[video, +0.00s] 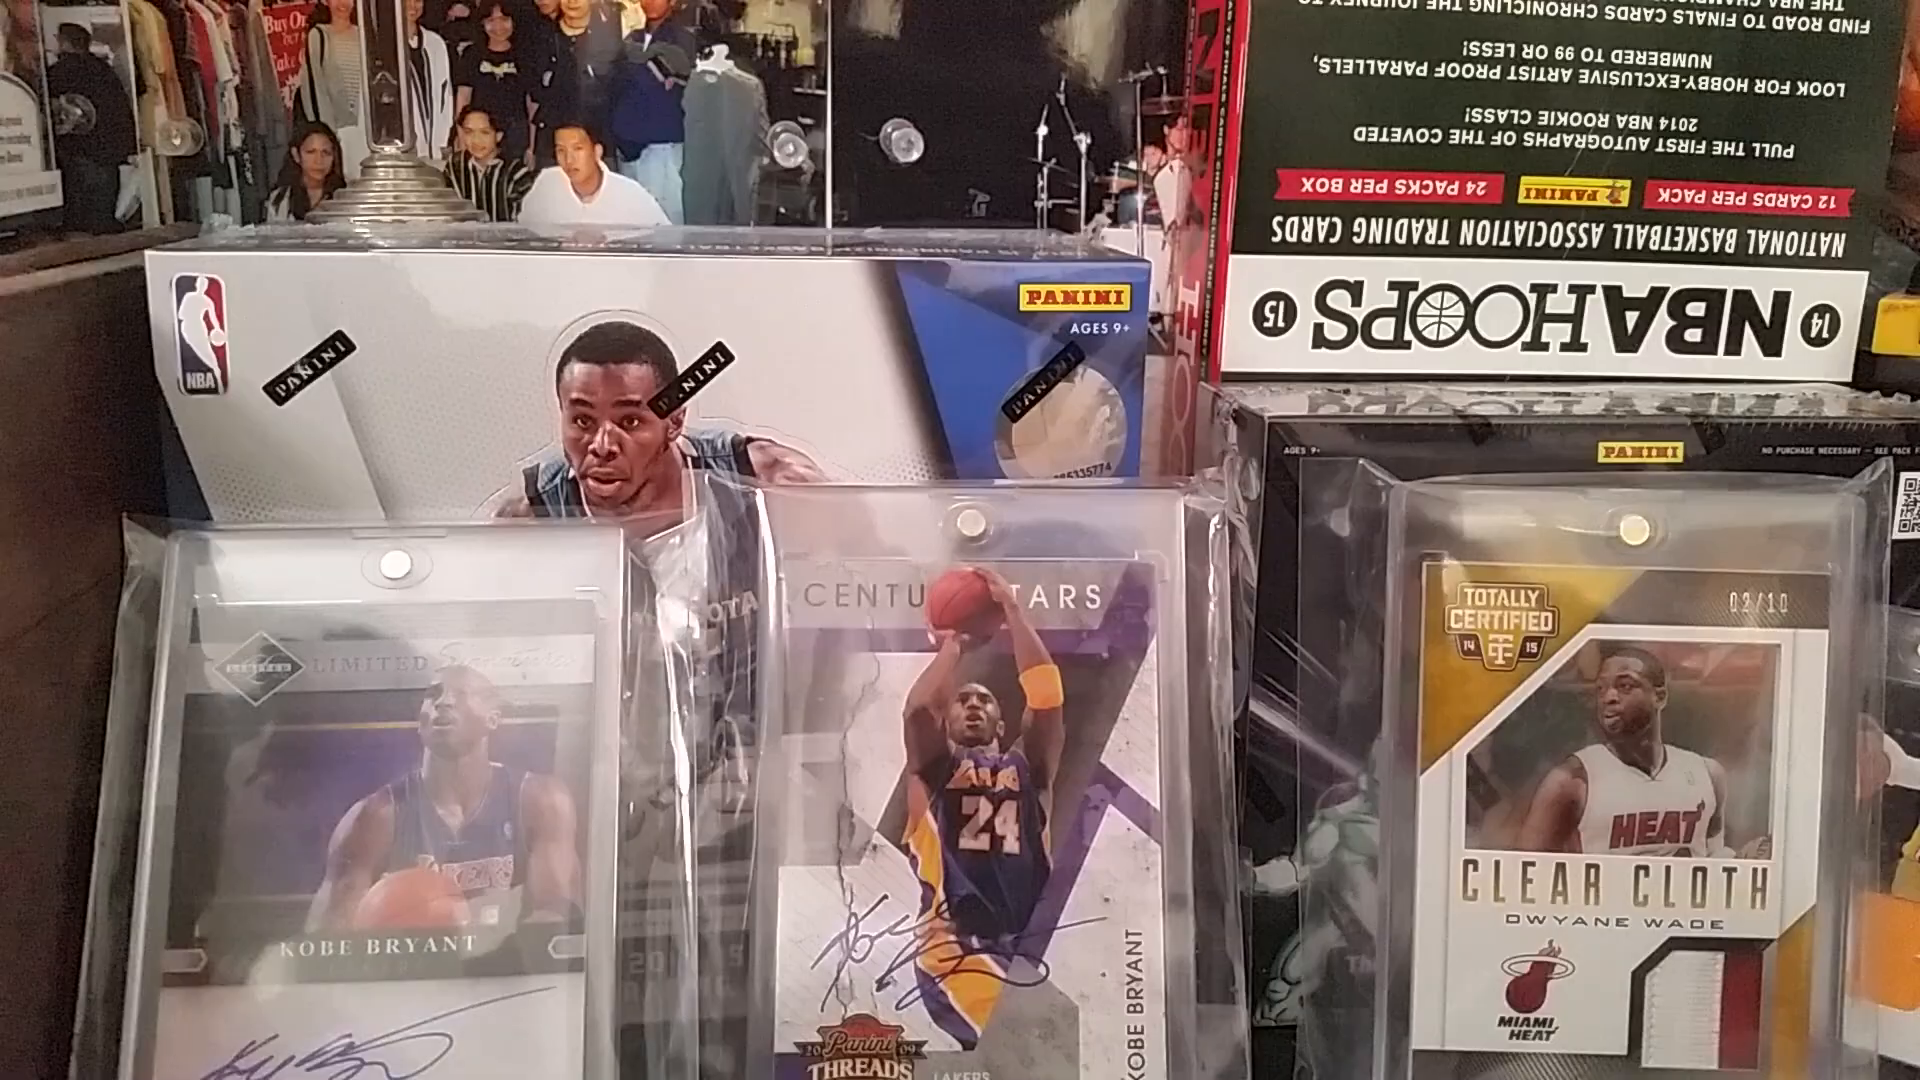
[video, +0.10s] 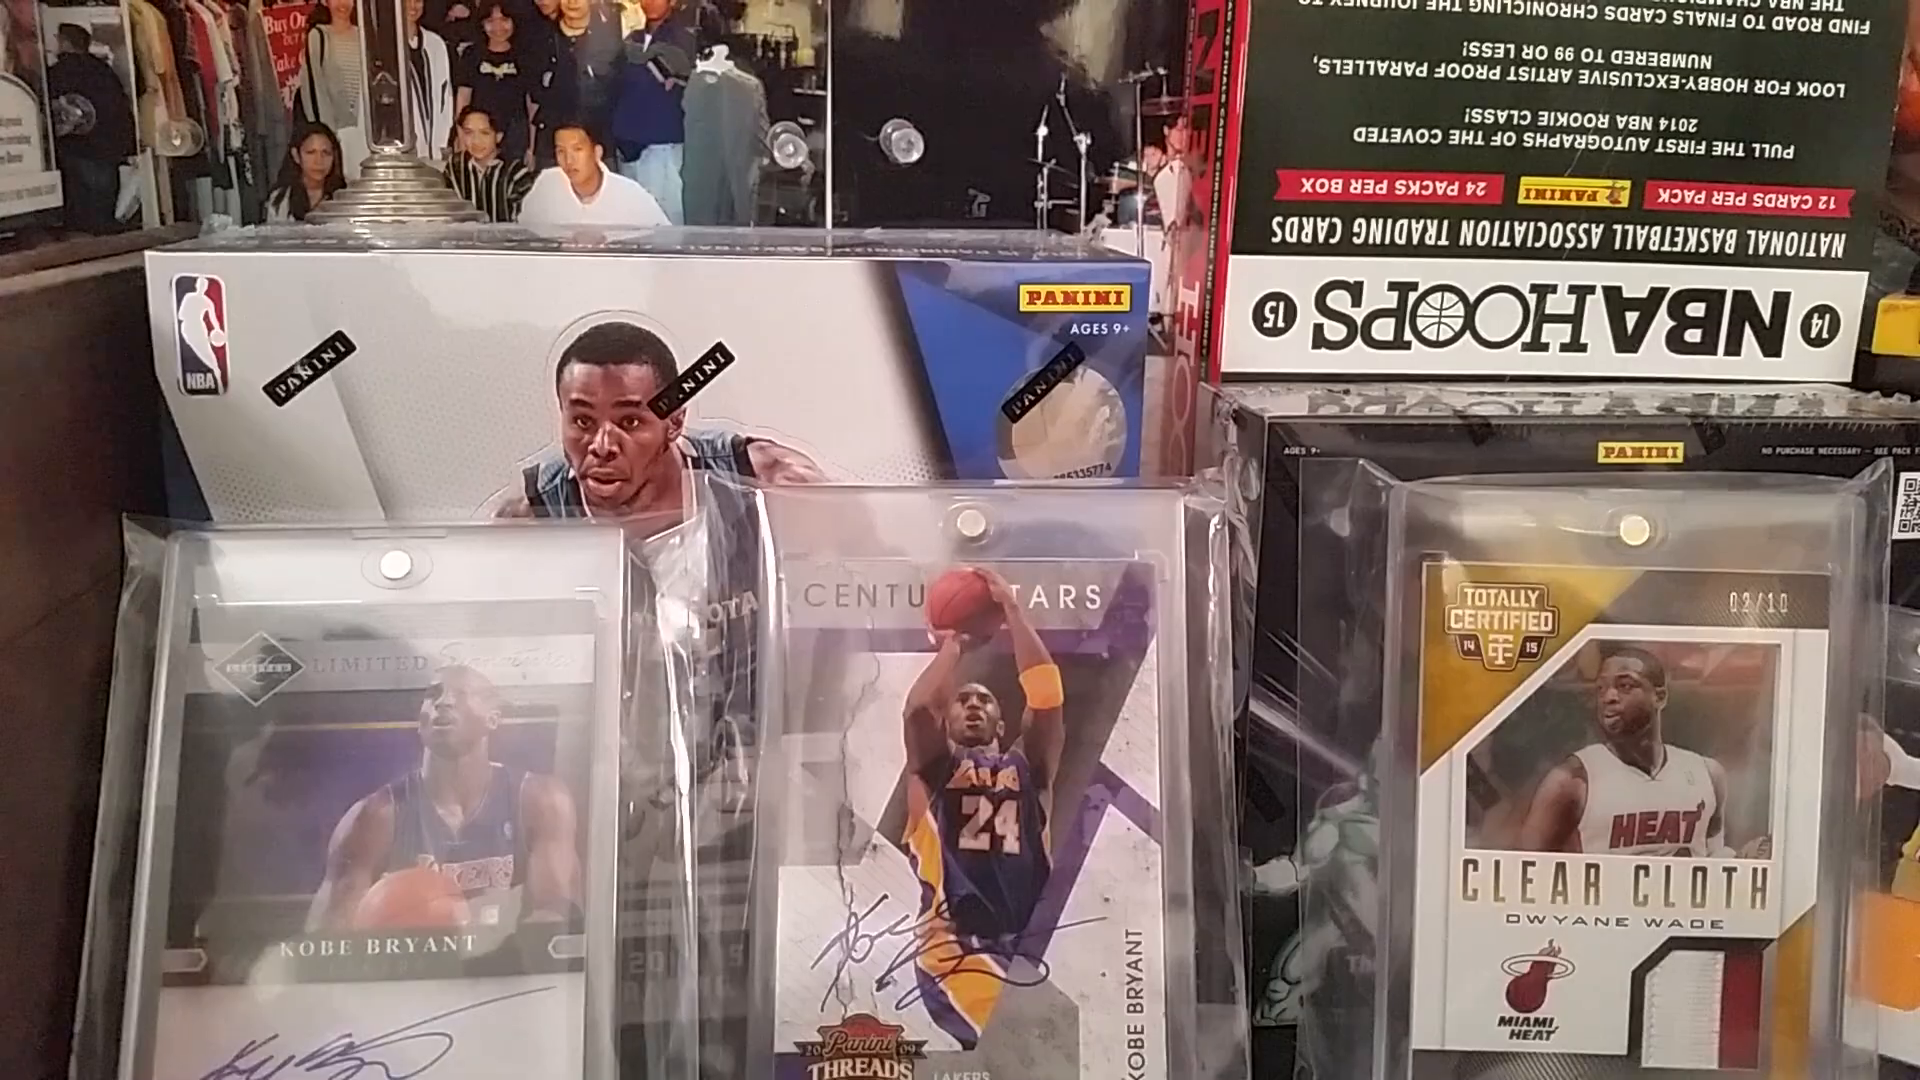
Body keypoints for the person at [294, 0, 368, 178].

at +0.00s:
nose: (343, 5)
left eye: (348, 0)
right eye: (338, 0)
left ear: (354, 3)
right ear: (327, 2)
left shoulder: (362, 34)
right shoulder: (318, 34)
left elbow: (371, 76)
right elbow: (314, 81)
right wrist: (326, 125)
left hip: (363, 119)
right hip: (333, 121)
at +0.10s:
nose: (343, 5)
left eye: (347, 0)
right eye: (337, 0)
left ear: (354, 3)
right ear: (326, 3)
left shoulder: (362, 35)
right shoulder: (318, 34)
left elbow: (371, 76)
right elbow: (313, 81)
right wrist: (326, 125)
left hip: (363, 119)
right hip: (333, 121)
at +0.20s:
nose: (343, 4)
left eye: (347, 0)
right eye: (337, 0)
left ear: (354, 3)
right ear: (327, 3)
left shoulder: (362, 35)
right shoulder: (318, 34)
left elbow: (372, 76)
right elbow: (313, 81)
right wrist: (325, 126)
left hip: (363, 120)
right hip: (333, 122)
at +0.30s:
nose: (343, 4)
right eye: (337, 0)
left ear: (354, 3)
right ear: (326, 3)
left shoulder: (362, 34)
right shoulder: (318, 34)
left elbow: (372, 76)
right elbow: (312, 80)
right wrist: (324, 125)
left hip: (363, 119)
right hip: (333, 121)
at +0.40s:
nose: (343, 4)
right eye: (337, 0)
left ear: (353, 3)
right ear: (326, 3)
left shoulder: (362, 34)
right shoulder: (318, 34)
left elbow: (372, 76)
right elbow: (314, 81)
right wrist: (326, 126)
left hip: (363, 120)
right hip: (333, 122)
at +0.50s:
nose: (342, 4)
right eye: (337, 0)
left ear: (353, 3)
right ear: (325, 3)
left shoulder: (362, 34)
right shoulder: (318, 33)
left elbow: (372, 76)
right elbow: (314, 81)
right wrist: (326, 126)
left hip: (364, 118)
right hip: (333, 122)